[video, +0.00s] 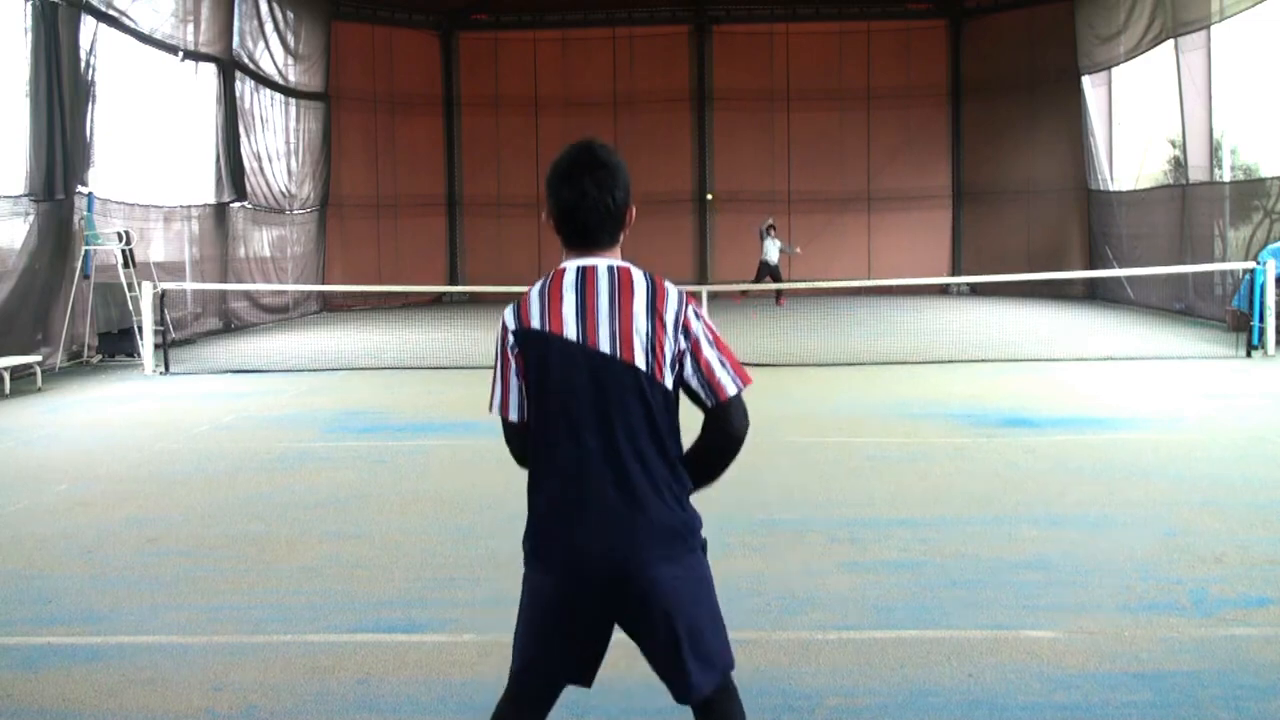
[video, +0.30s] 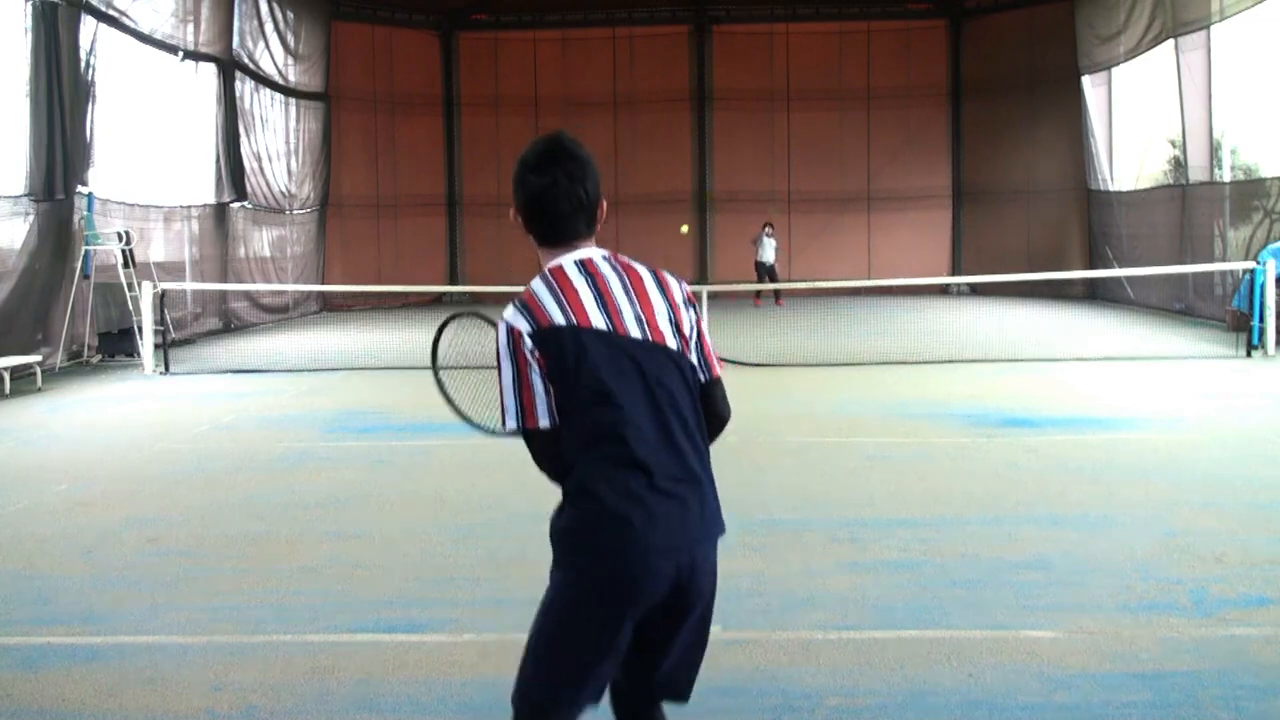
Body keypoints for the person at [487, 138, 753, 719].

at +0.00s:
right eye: (631, 204)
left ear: (551, 222)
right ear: (629, 216)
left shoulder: (521, 316)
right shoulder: (670, 304)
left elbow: (519, 440)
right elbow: (732, 422)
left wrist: (574, 479)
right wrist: (672, 480)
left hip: (562, 541)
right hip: (655, 538)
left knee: (525, 697)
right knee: (714, 693)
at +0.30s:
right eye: (601, 200)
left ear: (521, 221)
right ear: (601, 211)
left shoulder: (525, 316)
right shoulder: (667, 289)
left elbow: (549, 451)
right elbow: (716, 410)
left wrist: (610, 485)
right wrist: (663, 459)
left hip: (609, 545)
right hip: (693, 537)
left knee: (542, 704)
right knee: (641, 697)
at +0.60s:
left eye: (506, 215)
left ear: (515, 226)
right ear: (597, 210)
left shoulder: (565, 302)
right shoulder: (629, 283)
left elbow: (571, 437)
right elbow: (639, 434)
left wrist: (534, 500)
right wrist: (569, 519)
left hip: (661, 539)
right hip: (708, 525)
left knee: (613, 706)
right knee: (642, 699)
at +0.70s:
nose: (518, 221)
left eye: (517, 210)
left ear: (522, 216)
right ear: (598, 199)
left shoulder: (584, 285)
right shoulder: (622, 271)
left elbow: (574, 422)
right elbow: (603, 424)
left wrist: (505, 476)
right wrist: (530, 503)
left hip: (682, 524)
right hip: (699, 513)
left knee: (650, 694)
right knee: (624, 674)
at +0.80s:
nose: (521, 232)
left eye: (520, 222)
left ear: (526, 230)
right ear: (602, 212)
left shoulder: (597, 287)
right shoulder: (610, 283)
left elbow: (582, 421)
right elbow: (580, 425)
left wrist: (480, 456)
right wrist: (498, 489)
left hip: (702, 536)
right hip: (681, 532)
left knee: (674, 703)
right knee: (614, 647)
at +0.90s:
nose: (517, 247)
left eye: (514, 235)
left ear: (521, 243)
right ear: (593, 222)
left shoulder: (599, 287)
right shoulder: (577, 310)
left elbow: (605, 419)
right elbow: (549, 416)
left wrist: (497, 432)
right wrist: (493, 469)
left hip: (705, 529)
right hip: (675, 528)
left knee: (675, 703)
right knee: (618, 636)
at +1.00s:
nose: (505, 249)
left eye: (506, 235)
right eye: (508, 232)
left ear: (515, 246)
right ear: (581, 229)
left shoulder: (599, 289)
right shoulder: (549, 331)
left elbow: (625, 415)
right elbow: (540, 419)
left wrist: (522, 425)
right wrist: (504, 457)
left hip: (691, 529)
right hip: (655, 532)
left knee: (673, 705)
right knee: (610, 631)